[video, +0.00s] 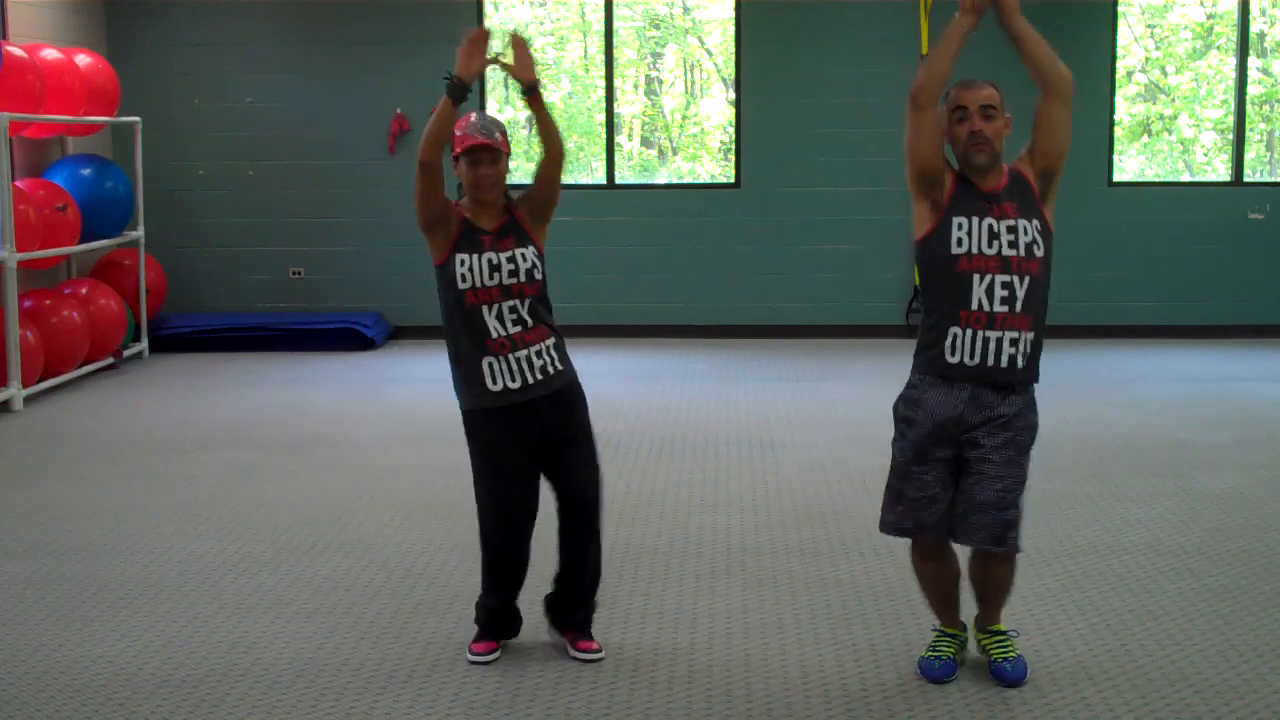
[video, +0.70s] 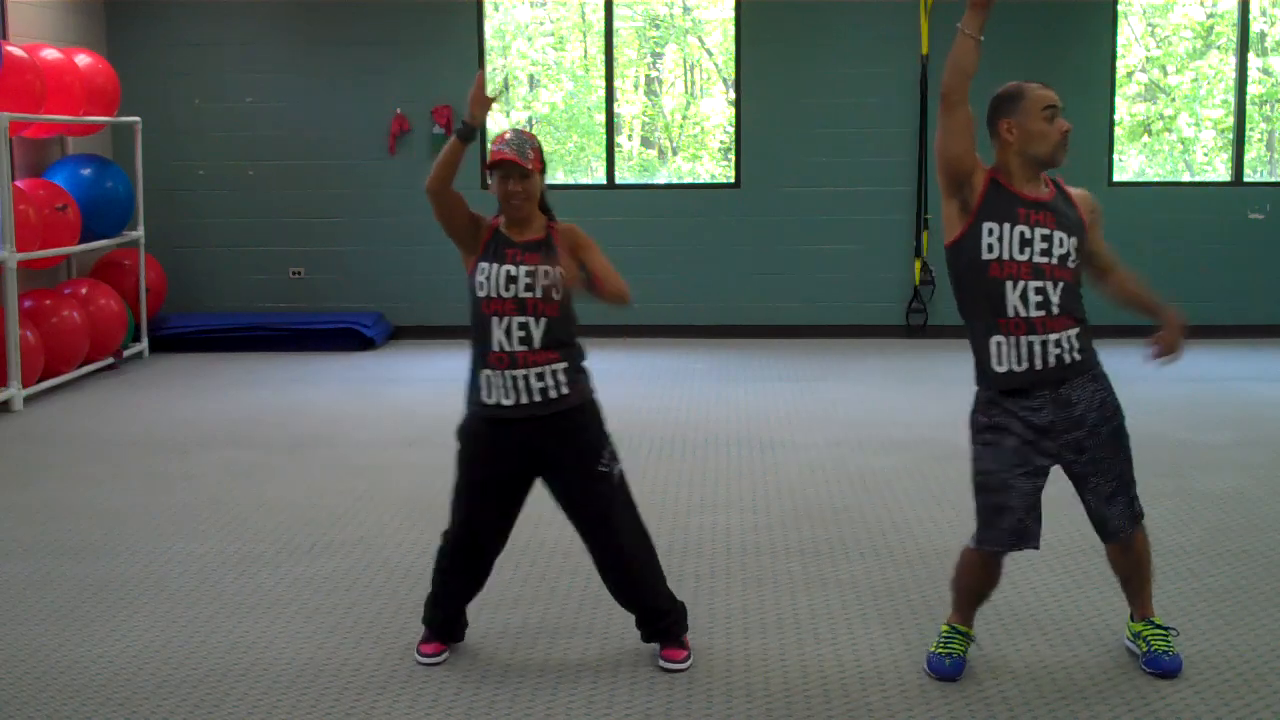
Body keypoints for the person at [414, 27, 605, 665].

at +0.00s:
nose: (484, 168)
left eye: (491, 158)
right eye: (474, 159)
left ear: (506, 165)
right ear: (459, 169)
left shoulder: (528, 219)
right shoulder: (445, 229)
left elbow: (553, 155)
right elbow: (426, 160)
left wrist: (532, 90)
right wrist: (459, 81)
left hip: (558, 394)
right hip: (492, 408)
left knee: (583, 510)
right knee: (503, 523)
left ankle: (573, 619)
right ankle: (494, 624)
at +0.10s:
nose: (492, 170)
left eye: (500, 160)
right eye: (482, 161)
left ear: (515, 165)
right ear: (464, 168)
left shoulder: (538, 215)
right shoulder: (451, 222)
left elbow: (596, 179)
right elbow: (434, 156)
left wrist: (596, 118)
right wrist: (471, 82)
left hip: (556, 392)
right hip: (484, 404)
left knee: (604, 491)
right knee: (483, 524)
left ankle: (605, 606)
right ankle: (493, 623)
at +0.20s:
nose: (501, 172)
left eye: (509, 161)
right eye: (491, 163)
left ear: (523, 165)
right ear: (472, 169)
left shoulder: (550, 216)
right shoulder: (460, 222)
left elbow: (615, 217)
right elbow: (445, 152)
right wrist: (480, 82)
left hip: (559, 399)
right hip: (486, 406)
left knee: (608, 509)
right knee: (470, 528)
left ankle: (654, 609)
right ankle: (491, 622)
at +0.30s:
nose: (509, 173)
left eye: (518, 163)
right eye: (500, 165)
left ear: (536, 168)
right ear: (486, 173)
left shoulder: (568, 227)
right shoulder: (476, 226)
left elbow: (637, 253)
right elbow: (452, 157)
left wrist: (702, 272)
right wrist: (487, 86)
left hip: (567, 406)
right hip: (493, 411)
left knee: (612, 515)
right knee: (472, 525)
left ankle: (668, 618)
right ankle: (489, 623)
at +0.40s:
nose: (522, 175)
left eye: (532, 165)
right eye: (512, 167)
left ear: (550, 170)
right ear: (500, 177)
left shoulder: (583, 233)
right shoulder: (492, 230)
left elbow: (641, 289)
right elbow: (463, 169)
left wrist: (684, 348)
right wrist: (488, 98)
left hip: (585, 408)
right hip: (512, 410)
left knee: (621, 519)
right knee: (469, 514)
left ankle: (670, 624)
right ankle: (484, 621)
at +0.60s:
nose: (525, 187)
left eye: (535, 176)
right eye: (516, 178)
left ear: (554, 179)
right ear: (505, 184)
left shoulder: (585, 241)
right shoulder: (495, 238)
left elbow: (636, 309)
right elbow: (456, 185)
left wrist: (628, 368)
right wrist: (477, 122)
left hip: (586, 413)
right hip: (514, 417)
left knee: (625, 527)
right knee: (474, 524)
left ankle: (670, 627)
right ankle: (441, 619)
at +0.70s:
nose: (510, 185)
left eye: (520, 175)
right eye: (500, 176)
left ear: (541, 181)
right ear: (489, 183)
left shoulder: (567, 238)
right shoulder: (478, 237)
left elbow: (620, 294)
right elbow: (438, 190)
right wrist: (468, 129)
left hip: (565, 413)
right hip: (495, 417)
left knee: (615, 526)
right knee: (470, 531)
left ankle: (668, 628)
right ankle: (440, 626)